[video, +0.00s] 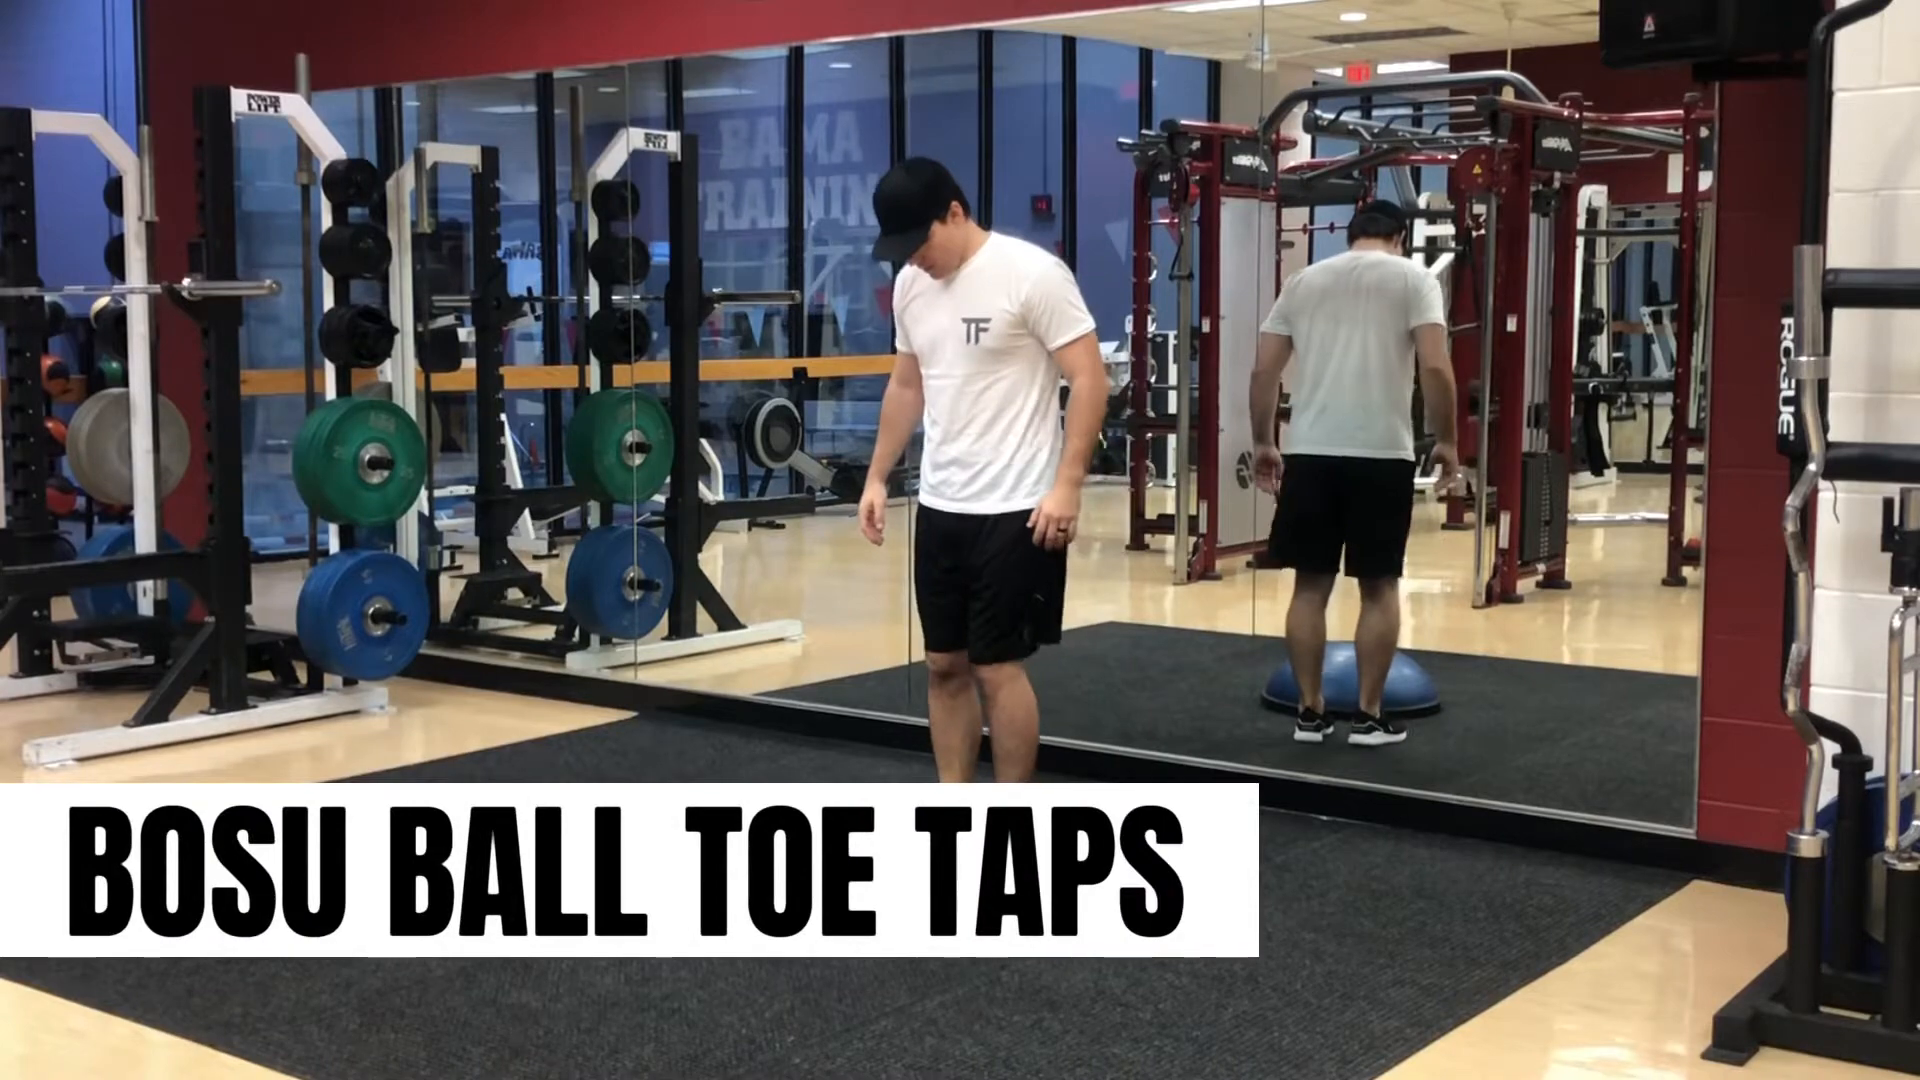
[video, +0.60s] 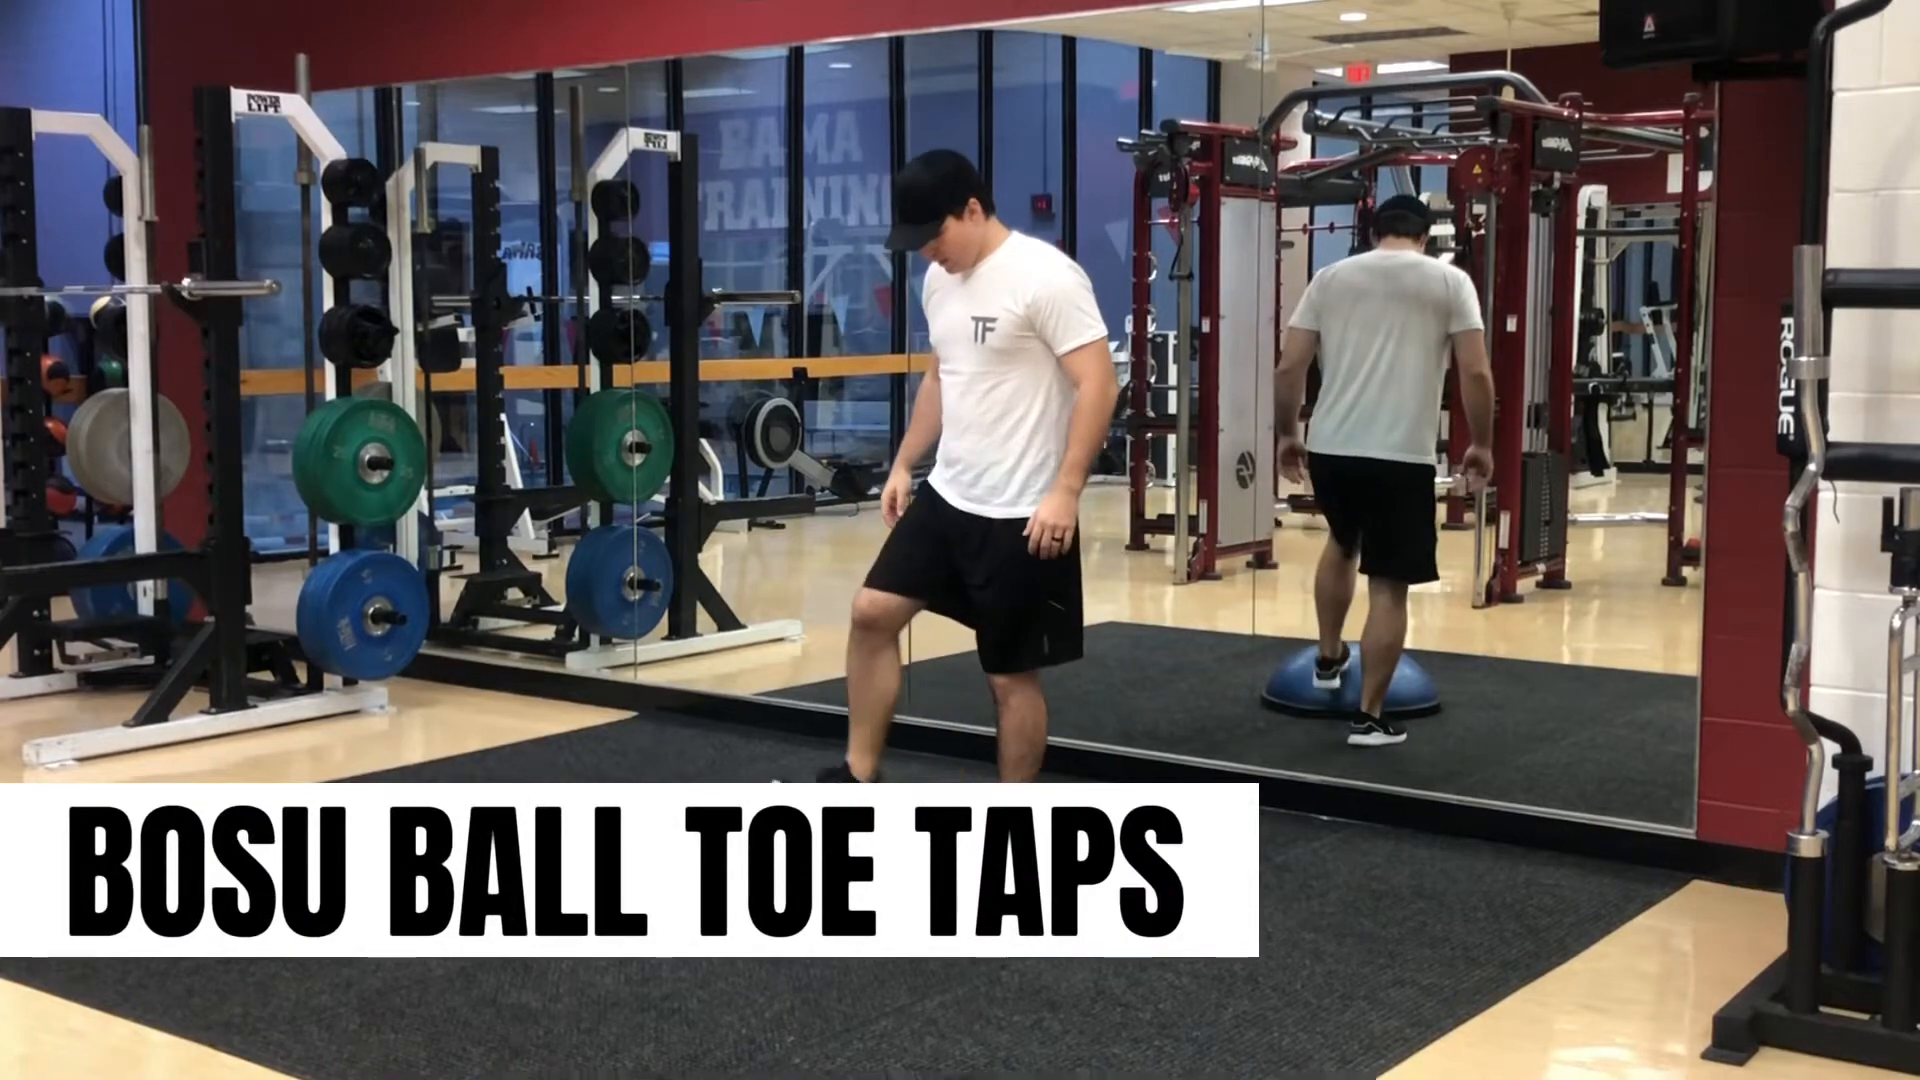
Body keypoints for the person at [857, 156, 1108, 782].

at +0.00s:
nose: (913, 260)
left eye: (918, 244)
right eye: (904, 250)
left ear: (954, 215)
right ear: (894, 235)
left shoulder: (1033, 275)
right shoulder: (911, 284)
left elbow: (1090, 380)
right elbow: (906, 384)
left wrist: (1067, 487)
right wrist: (877, 475)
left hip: (1018, 509)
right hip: (941, 508)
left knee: (998, 667)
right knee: (946, 667)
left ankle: (1012, 812)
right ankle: (953, 809)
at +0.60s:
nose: (927, 253)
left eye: (933, 237)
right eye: (921, 242)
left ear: (972, 211)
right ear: (961, 215)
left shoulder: (1048, 277)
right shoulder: (939, 279)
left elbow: (1098, 384)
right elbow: (942, 377)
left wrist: (1065, 491)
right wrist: (903, 464)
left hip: (1020, 517)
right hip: (946, 500)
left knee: (1011, 676)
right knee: (872, 615)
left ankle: (1015, 812)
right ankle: (859, 776)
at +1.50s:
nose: (905, 248)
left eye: (911, 232)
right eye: (899, 237)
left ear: (951, 208)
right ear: (941, 212)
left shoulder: (1030, 274)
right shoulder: (919, 279)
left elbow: (1084, 381)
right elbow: (918, 380)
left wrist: (1063, 493)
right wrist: (880, 466)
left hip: (1004, 516)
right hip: (925, 496)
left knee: (992, 676)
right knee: (846, 605)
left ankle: (1013, 812)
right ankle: (821, 766)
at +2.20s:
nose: (796, 247)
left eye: (802, 232)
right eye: (789, 236)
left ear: (841, 208)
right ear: (788, 229)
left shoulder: (922, 264)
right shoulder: (791, 277)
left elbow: (1006, 332)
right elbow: (793, 361)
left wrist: (948, 396)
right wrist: (783, 428)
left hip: (907, 476)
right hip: (826, 483)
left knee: (843, 578)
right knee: (796, 643)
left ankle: (866, 726)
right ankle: (784, 777)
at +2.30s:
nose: (772, 284)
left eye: (779, 269)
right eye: (766, 272)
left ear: (818, 246)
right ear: (769, 264)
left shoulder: (901, 304)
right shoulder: (771, 326)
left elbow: (972, 382)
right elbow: (769, 417)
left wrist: (927, 449)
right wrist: (759, 492)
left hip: (891, 506)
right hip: (809, 517)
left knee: (809, 586)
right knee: (773, 676)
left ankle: (814, 748)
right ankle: (787, 781)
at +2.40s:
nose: (770, 278)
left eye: (777, 262)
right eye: (762, 266)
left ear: (815, 240)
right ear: (760, 262)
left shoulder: (893, 297)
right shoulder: (768, 318)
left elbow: (983, 358)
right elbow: (758, 403)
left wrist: (934, 424)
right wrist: (745, 456)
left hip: (892, 503)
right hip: (811, 516)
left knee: (812, 593)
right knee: (777, 672)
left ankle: (834, 752)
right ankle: (795, 784)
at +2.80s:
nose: (819, 289)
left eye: (823, 271)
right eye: (811, 275)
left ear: (863, 249)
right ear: (840, 259)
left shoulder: (930, 320)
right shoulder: (842, 315)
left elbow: (985, 424)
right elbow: (874, 418)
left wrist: (900, 470)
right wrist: (836, 473)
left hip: (943, 534)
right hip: (868, 520)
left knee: (941, 691)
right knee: (775, 587)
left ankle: (1026, 837)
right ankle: (799, 760)